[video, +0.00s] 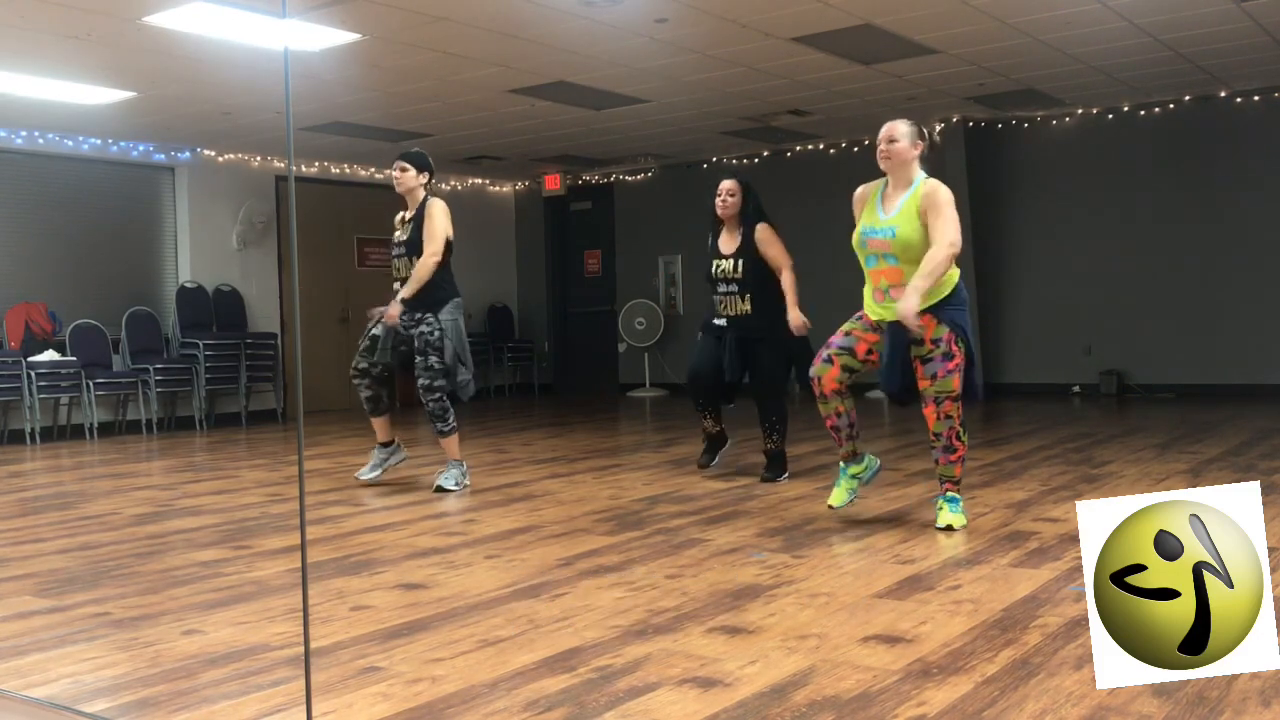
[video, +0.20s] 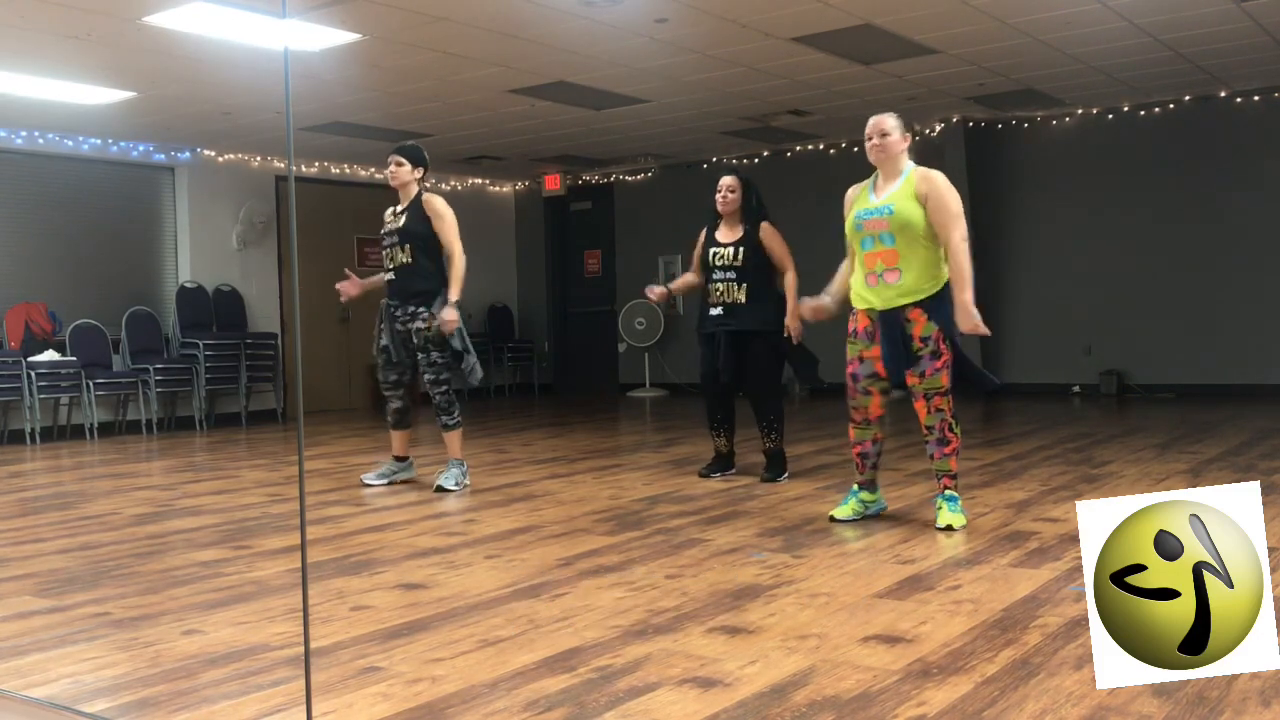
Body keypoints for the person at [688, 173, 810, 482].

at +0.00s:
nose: (722, 199)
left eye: (730, 194)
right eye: (719, 194)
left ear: (744, 201)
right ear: (714, 200)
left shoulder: (759, 231)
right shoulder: (715, 236)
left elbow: (786, 268)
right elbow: (728, 280)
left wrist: (793, 308)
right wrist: (722, 317)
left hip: (763, 329)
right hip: (724, 329)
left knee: (768, 391)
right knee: (700, 377)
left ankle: (775, 458)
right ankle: (715, 436)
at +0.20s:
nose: (723, 195)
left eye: (730, 190)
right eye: (719, 190)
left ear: (744, 197)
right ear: (714, 196)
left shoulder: (761, 231)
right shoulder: (707, 235)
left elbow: (789, 269)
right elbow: (696, 275)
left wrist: (792, 313)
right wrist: (668, 289)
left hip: (759, 329)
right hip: (717, 331)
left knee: (763, 390)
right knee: (716, 390)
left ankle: (775, 460)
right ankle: (723, 457)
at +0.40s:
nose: (718, 199)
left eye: (725, 195)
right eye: (714, 194)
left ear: (738, 201)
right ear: (709, 200)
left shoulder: (757, 234)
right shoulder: (695, 235)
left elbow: (792, 260)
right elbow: (662, 256)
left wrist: (781, 297)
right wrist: (637, 282)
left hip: (753, 328)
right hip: (711, 330)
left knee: (744, 378)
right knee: (716, 390)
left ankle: (769, 444)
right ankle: (723, 457)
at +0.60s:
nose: (719, 199)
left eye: (726, 194)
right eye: (716, 194)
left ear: (742, 198)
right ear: (713, 199)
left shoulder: (762, 235)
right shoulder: (702, 230)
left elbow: (785, 273)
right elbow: (683, 266)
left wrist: (765, 281)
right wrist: (667, 300)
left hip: (754, 330)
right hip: (713, 329)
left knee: (756, 391)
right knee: (718, 392)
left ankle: (773, 458)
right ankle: (723, 458)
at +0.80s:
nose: (723, 201)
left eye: (729, 195)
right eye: (721, 196)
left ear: (747, 196)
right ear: (721, 200)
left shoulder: (768, 230)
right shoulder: (723, 229)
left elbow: (776, 277)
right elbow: (725, 275)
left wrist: (752, 253)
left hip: (761, 327)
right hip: (721, 326)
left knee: (764, 389)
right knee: (710, 386)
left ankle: (775, 459)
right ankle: (720, 452)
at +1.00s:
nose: (726, 205)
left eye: (731, 198)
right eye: (723, 199)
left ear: (750, 198)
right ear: (725, 201)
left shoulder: (773, 232)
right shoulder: (731, 232)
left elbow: (773, 280)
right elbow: (734, 278)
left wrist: (755, 249)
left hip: (766, 329)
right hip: (729, 328)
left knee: (768, 391)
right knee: (706, 381)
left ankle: (776, 459)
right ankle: (717, 449)